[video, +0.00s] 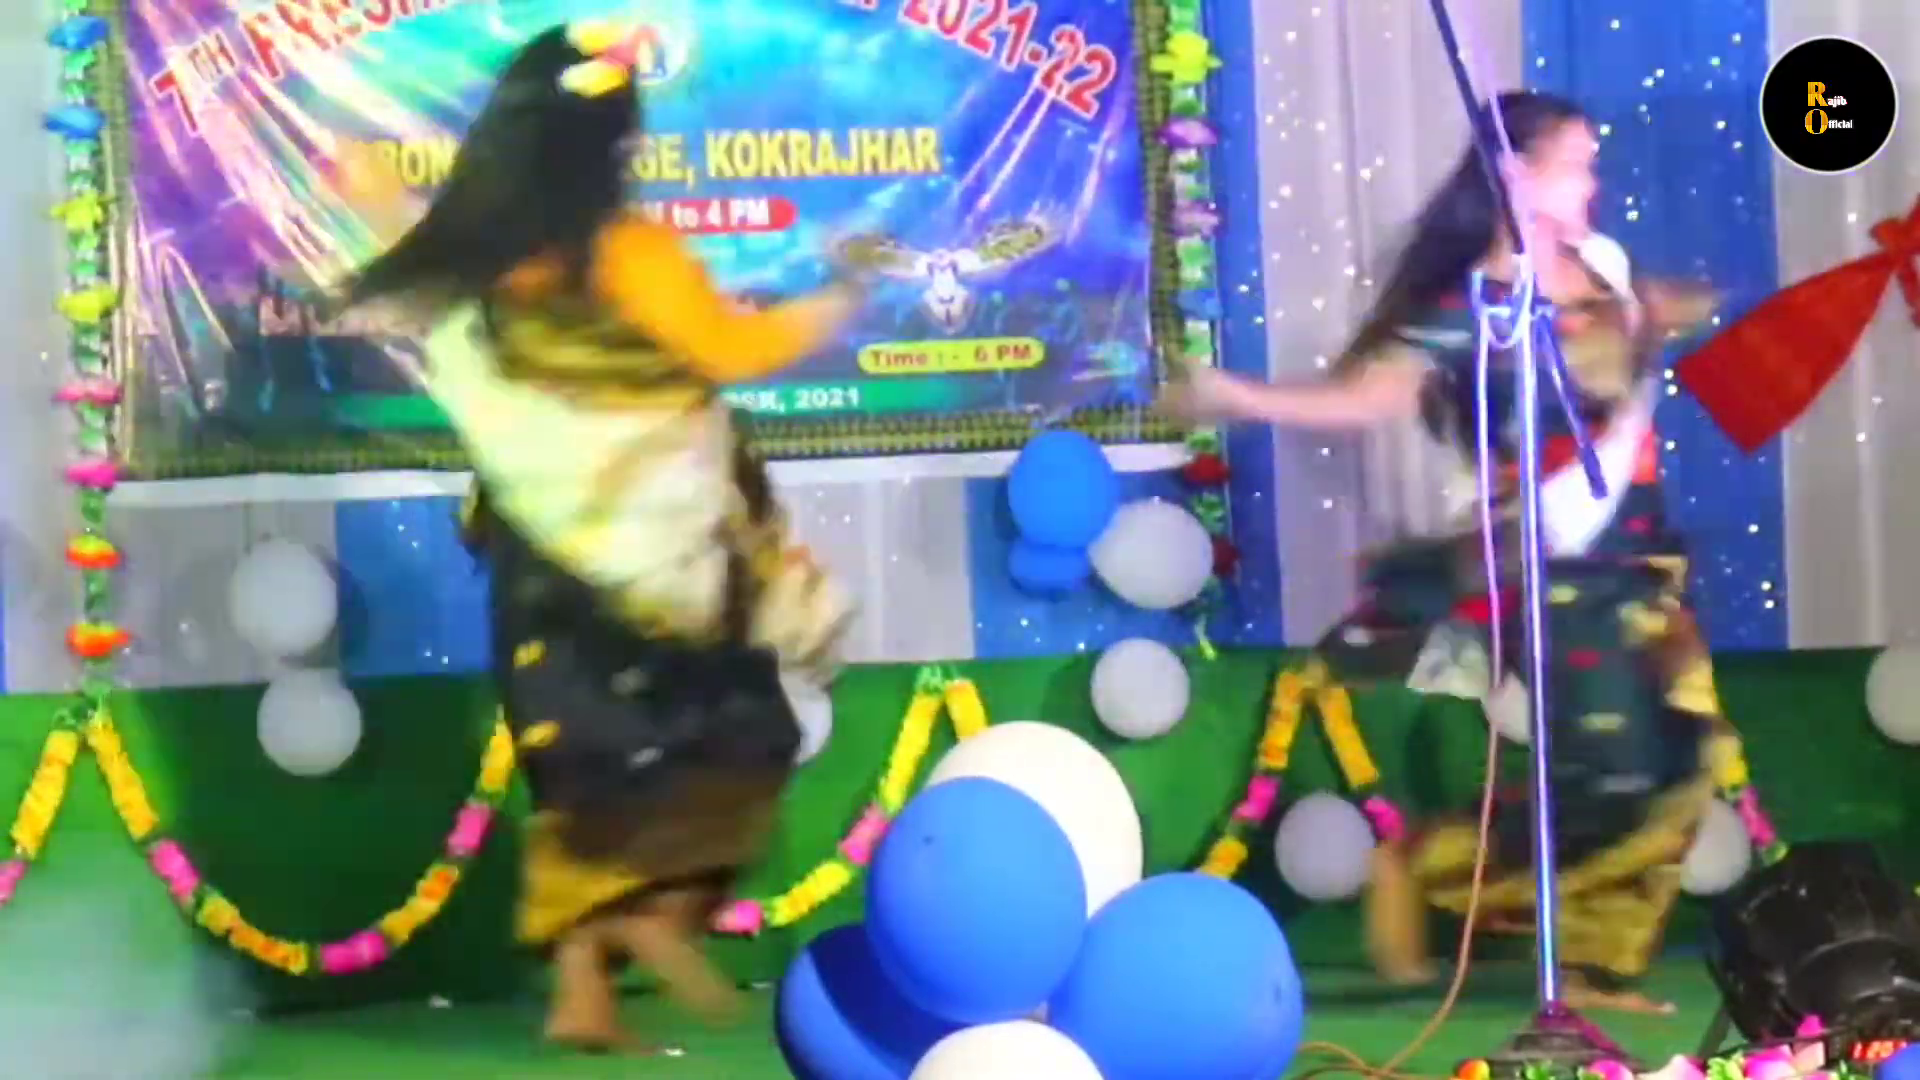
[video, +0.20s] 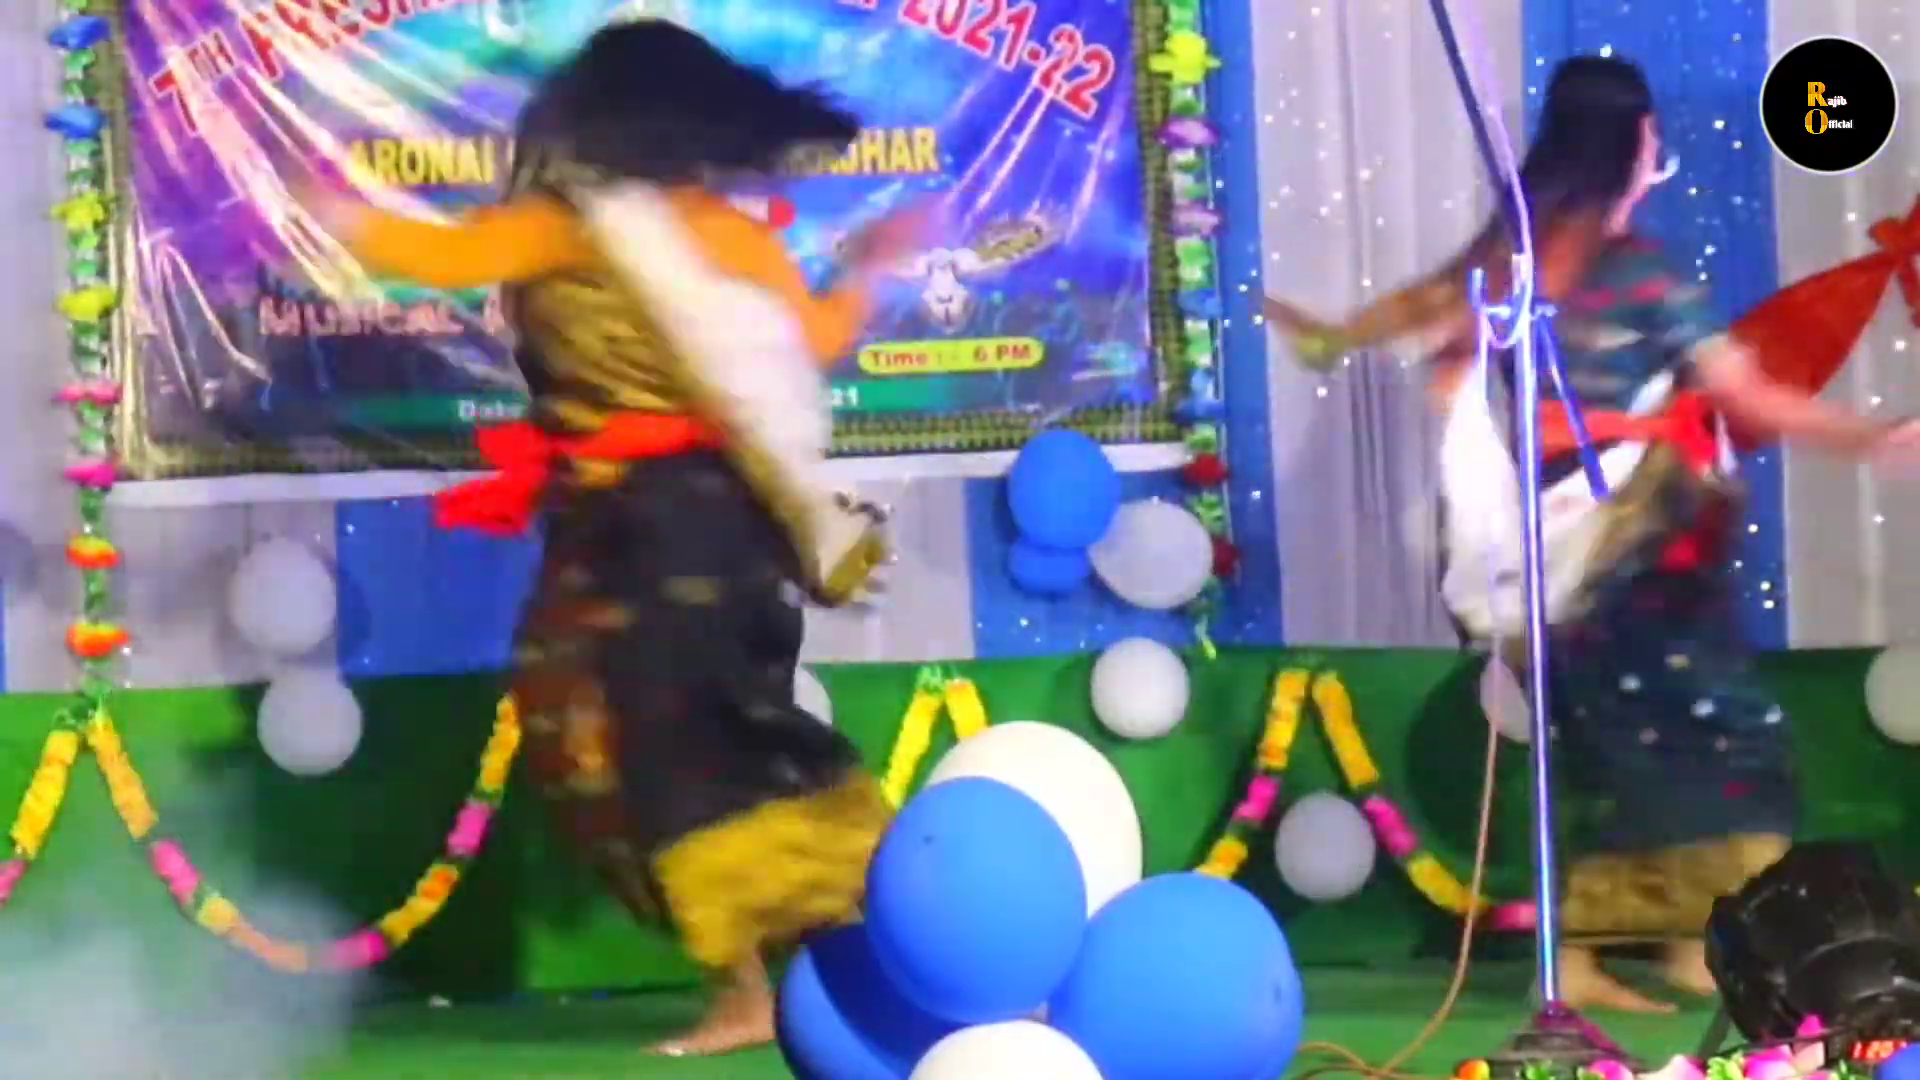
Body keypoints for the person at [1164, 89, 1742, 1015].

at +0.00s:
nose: (1594, 185)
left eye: (1594, 166)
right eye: (1578, 167)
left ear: (1566, 175)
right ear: (1515, 172)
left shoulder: (1604, 267)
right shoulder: (1464, 291)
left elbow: (1661, 320)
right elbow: (1370, 396)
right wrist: (1240, 396)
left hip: (1632, 566)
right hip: (1531, 569)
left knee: (1688, 770)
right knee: (1606, 773)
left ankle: (1586, 962)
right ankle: (1417, 864)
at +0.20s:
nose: (1662, 158)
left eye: (1659, 140)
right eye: (1657, 140)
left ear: (1552, 141)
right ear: (1638, 148)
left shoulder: (1499, 259)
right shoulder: (1641, 272)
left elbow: (1418, 313)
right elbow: (1744, 399)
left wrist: (1335, 332)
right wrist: (1868, 436)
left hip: (1550, 562)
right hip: (1643, 562)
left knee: (1602, 755)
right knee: (1731, 729)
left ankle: (1575, 963)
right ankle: (1697, 944)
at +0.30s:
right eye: (1674, 128)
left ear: (1572, 128)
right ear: (1674, 133)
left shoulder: (1505, 227)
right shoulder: (1694, 253)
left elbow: (1391, 278)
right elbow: (1795, 352)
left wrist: (1264, 305)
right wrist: (1908, 368)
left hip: (1528, 547)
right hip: (1641, 551)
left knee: (1593, 748)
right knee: (1720, 733)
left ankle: (1581, 958)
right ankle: (1783, 942)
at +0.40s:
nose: (1561, 119)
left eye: (1568, 103)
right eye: (1566, 101)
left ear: (1595, 109)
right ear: (1674, 99)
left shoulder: (1568, 204)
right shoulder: (1739, 205)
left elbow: (1421, 243)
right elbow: (1825, 226)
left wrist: (1264, 241)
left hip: (1609, 502)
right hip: (1722, 497)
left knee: (1596, 719)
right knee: (1710, 719)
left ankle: (1638, 967)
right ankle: (1741, 940)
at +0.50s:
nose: (1561, 122)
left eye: (1568, 104)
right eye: (1564, 104)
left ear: (1601, 107)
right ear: (1649, 100)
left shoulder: (1596, 199)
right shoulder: (1710, 197)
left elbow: (1470, 223)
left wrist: (1324, 220)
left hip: (1628, 483)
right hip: (1705, 479)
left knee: (1618, 700)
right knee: (1686, 699)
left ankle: (1656, 957)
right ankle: (1705, 938)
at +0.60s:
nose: (1557, 124)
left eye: (1565, 103)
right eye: (1556, 104)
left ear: (1614, 100)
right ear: (1628, 101)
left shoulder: (1626, 200)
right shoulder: (1676, 204)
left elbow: (1528, 238)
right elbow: (1515, 276)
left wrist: (1411, 246)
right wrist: (1416, 269)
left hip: (1639, 484)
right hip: (1683, 480)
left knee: (1626, 709)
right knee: (1675, 708)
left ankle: (1638, 947)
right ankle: (1679, 939)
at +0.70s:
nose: (1553, 143)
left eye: (1563, 120)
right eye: (1548, 124)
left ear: (1618, 110)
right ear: (1603, 120)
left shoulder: (1651, 228)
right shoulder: (1616, 230)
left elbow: (1532, 321)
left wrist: (1393, 368)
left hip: (1651, 510)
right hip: (1627, 506)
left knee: (1643, 718)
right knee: (1636, 717)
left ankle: (1667, 944)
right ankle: (1651, 941)